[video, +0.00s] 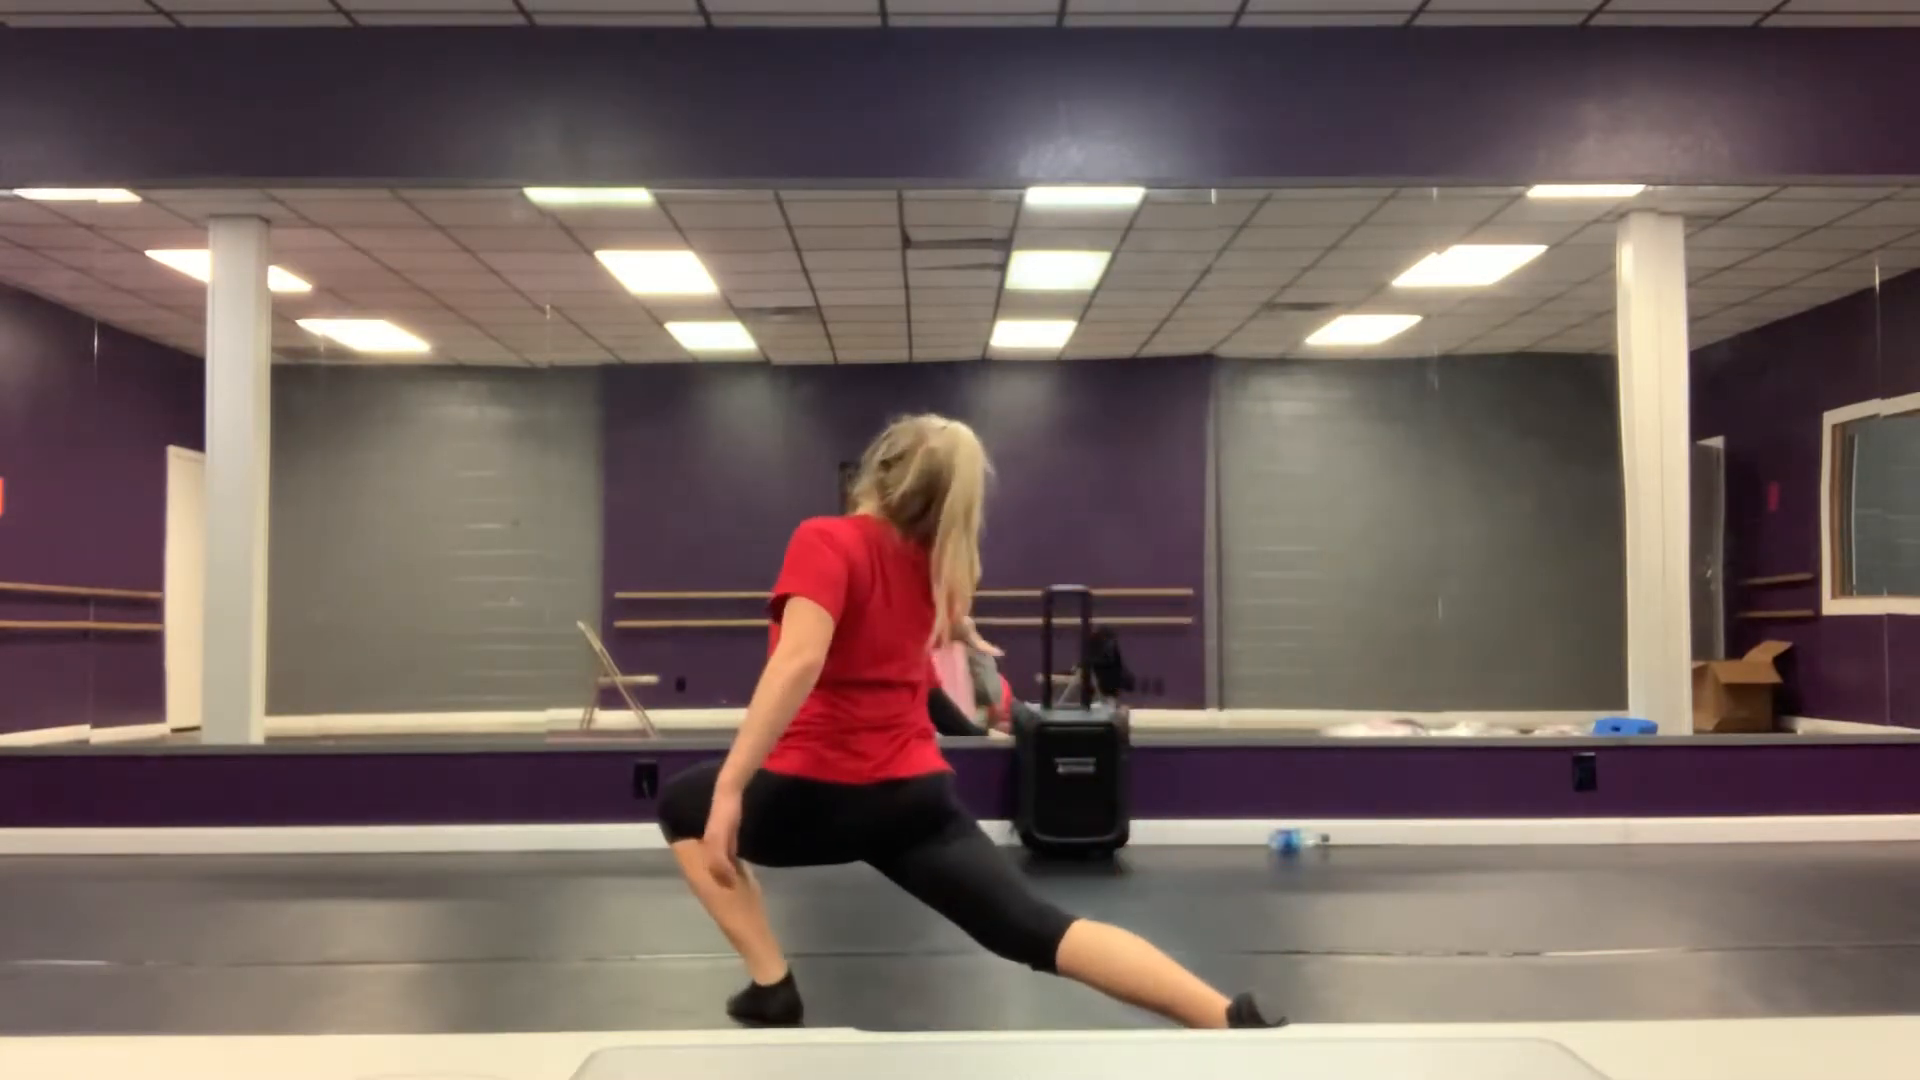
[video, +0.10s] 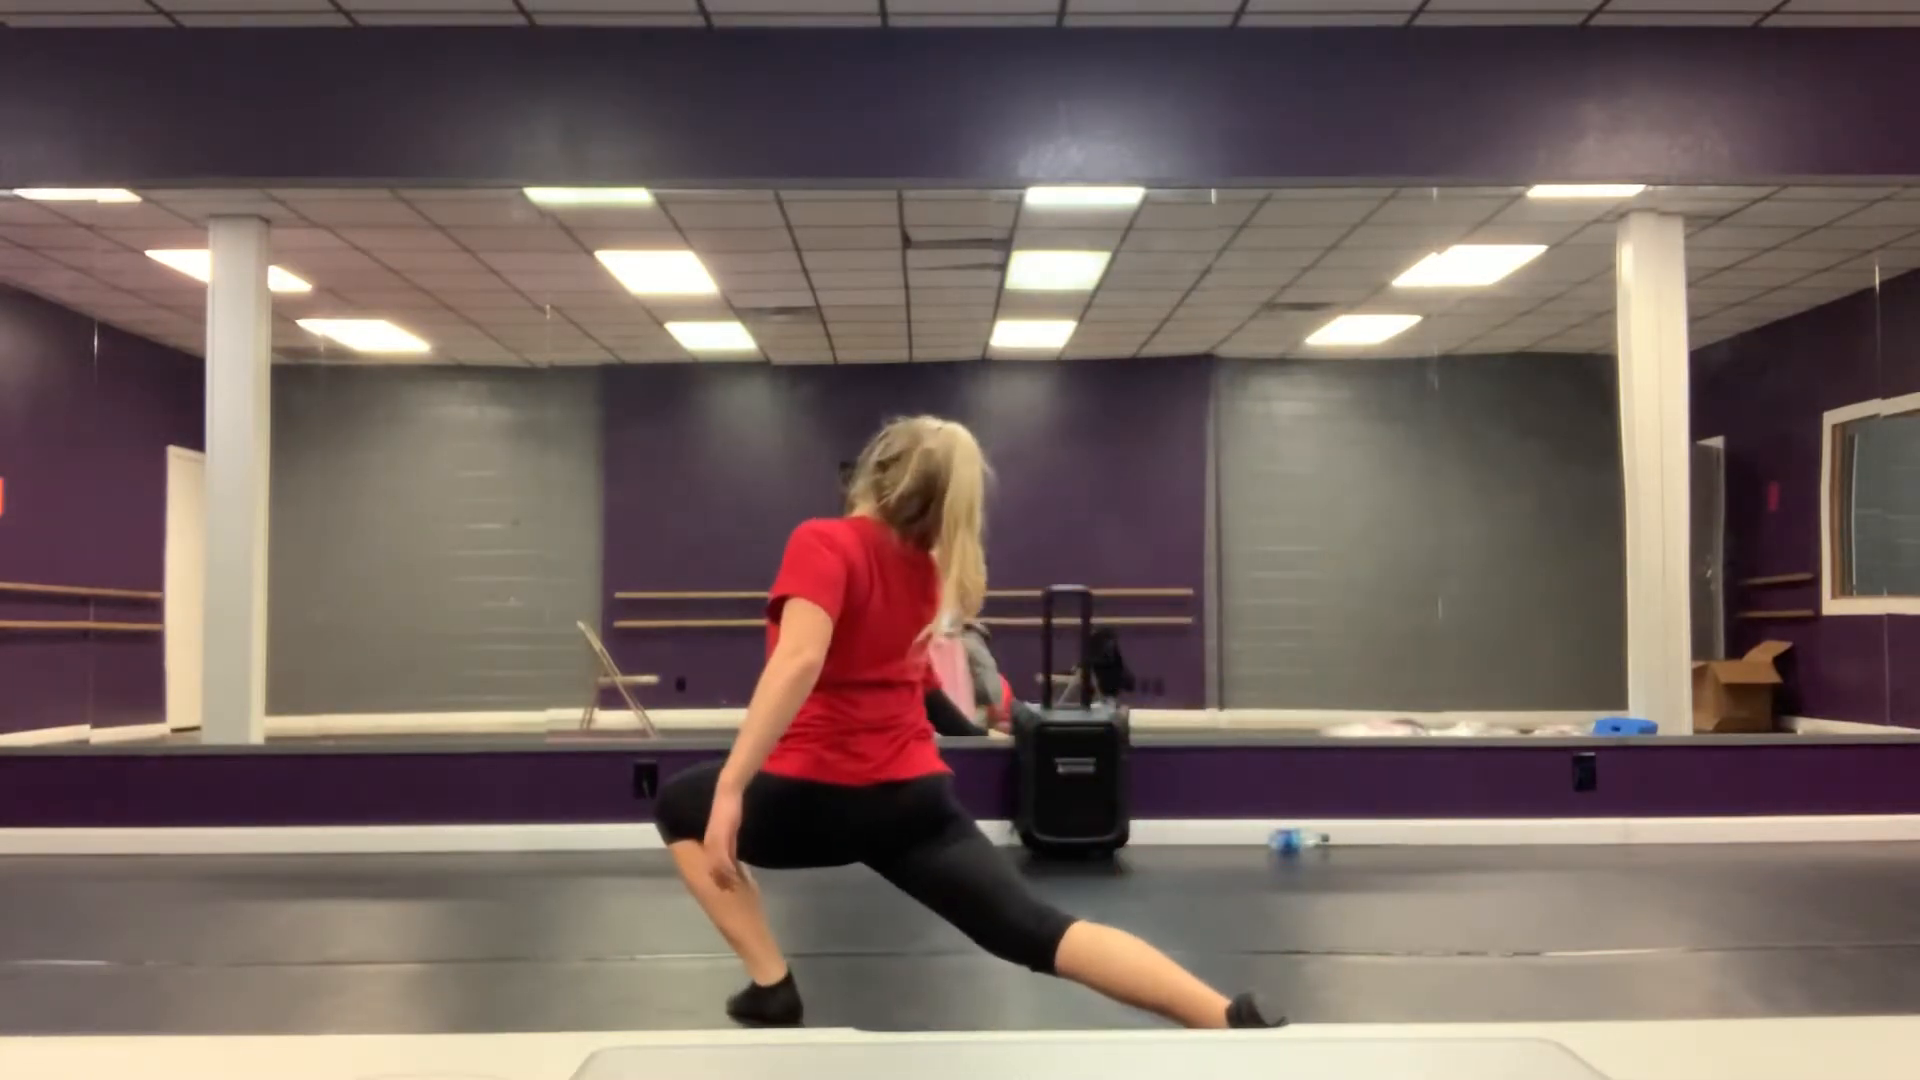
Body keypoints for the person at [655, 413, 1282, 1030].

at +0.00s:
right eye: (965, 494)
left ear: (881, 471)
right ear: (953, 500)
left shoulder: (829, 541)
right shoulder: (935, 565)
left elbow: (800, 659)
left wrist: (730, 786)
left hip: (812, 797)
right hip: (911, 796)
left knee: (683, 803)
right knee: (1030, 927)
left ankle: (770, 984)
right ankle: (1226, 1015)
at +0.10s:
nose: (961, 510)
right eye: (960, 494)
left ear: (878, 472)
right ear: (949, 500)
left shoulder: (826, 543)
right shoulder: (930, 569)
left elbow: (800, 659)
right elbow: (909, 664)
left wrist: (731, 786)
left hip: (813, 800)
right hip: (911, 798)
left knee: (679, 804)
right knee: (1030, 929)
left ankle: (770, 983)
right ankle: (1225, 1014)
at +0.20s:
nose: (956, 511)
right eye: (955, 495)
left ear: (875, 472)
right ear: (944, 500)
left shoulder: (824, 544)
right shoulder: (923, 568)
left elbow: (798, 661)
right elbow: (909, 674)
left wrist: (731, 788)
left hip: (814, 801)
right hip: (911, 798)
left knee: (679, 806)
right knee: (1030, 930)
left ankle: (769, 984)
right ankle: (1225, 1014)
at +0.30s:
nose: (955, 511)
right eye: (952, 495)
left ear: (870, 473)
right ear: (939, 499)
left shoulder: (822, 545)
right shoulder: (920, 566)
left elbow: (798, 665)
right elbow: (908, 675)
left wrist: (731, 790)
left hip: (815, 802)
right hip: (909, 799)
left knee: (678, 807)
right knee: (1029, 931)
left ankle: (769, 984)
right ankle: (1224, 1015)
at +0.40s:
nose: (952, 511)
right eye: (949, 496)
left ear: (867, 473)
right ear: (935, 498)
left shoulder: (819, 547)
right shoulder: (917, 566)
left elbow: (798, 668)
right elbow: (912, 672)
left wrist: (731, 794)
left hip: (815, 804)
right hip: (909, 800)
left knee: (677, 807)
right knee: (1028, 931)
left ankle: (769, 985)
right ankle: (1224, 1015)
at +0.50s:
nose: (948, 511)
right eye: (944, 495)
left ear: (860, 473)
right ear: (929, 497)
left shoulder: (816, 548)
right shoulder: (913, 566)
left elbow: (798, 669)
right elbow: (907, 674)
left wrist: (732, 798)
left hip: (816, 805)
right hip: (909, 801)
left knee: (677, 808)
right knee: (1028, 931)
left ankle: (769, 985)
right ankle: (1224, 1015)